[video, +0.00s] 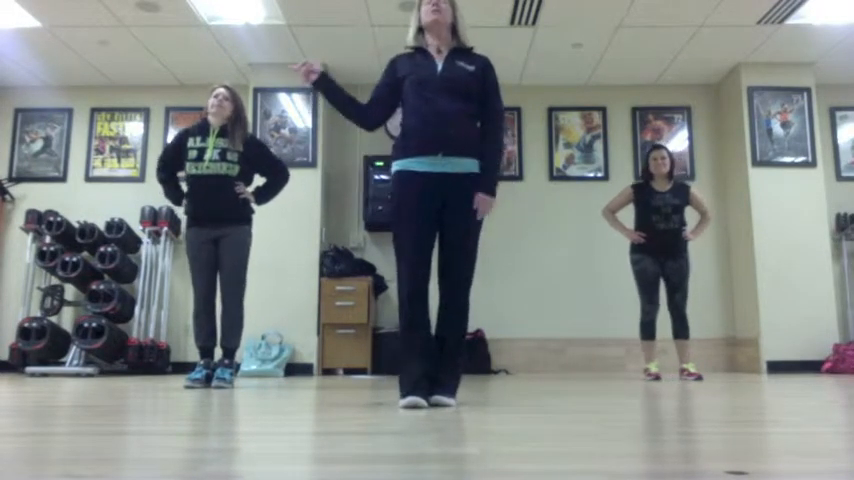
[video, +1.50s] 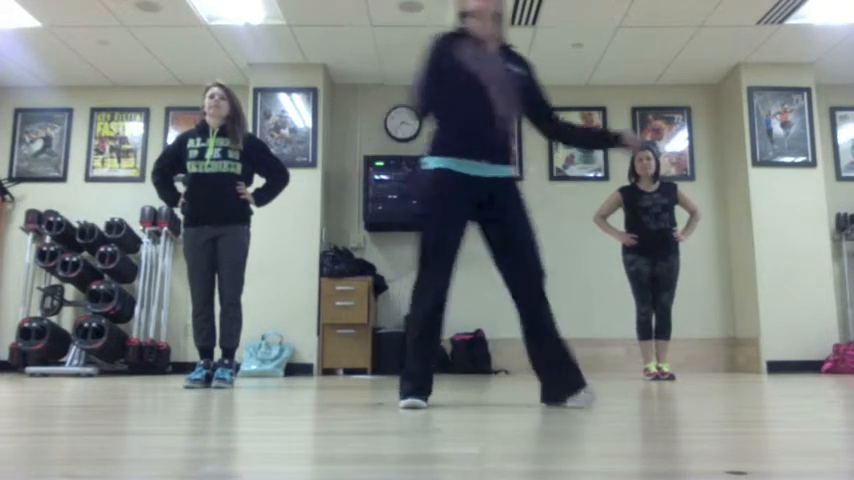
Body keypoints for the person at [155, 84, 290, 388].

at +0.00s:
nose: (218, 101)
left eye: (225, 99)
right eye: (214, 96)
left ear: (234, 110)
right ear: (206, 104)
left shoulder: (246, 143)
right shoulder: (189, 137)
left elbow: (281, 173)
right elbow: (164, 169)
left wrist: (257, 196)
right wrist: (180, 198)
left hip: (235, 226)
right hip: (198, 225)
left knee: (232, 293)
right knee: (202, 294)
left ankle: (227, 362)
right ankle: (205, 361)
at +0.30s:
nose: (216, 99)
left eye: (223, 97)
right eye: (212, 95)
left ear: (233, 107)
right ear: (205, 104)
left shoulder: (248, 142)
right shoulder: (190, 139)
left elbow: (281, 174)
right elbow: (163, 169)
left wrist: (257, 196)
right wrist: (178, 197)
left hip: (232, 227)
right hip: (196, 226)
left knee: (229, 295)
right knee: (200, 296)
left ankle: (227, 363)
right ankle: (205, 362)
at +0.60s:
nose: (215, 100)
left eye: (222, 98)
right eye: (211, 96)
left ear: (232, 108)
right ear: (203, 105)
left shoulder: (247, 142)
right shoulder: (189, 140)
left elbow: (280, 174)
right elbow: (160, 170)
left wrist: (256, 197)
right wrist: (175, 198)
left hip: (231, 226)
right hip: (195, 226)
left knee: (227, 294)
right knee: (199, 295)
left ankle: (226, 362)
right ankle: (205, 362)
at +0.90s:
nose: (214, 100)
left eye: (221, 97)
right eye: (210, 96)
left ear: (231, 107)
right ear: (202, 104)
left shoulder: (246, 142)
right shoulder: (187, 140)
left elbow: (280, 174)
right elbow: (159, 171)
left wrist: (256, 196)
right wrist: (175, 200)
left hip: (232, 227)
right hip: (195, 226)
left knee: (229, 295)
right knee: (200, 296)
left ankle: (227, 362)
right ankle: (205, 361)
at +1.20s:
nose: (213, 100)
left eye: (220, 97)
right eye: (209, 96)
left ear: (230, 107)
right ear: (202, 104)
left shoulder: (245, 142)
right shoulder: (187, 140)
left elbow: (280, 174)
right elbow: (159, 171)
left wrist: (256, 196)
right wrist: (175, 200)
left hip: (232, 227)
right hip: (196, 226)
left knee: (229, 296)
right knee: (200, 297)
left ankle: (227, 362)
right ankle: (205, 361)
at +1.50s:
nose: (214, 101)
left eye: (221, 98)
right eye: (210, 97)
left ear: (231, 107)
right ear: (203, 105)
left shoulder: (246, 143)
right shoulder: (188, 140)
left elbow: (281, 175)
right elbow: (159, 172)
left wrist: (257, 196)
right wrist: (175, 199)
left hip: (233, 227)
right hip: (196, 227)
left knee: (230, 296)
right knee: (201, 297)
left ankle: (227, 362)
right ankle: (205, 362)